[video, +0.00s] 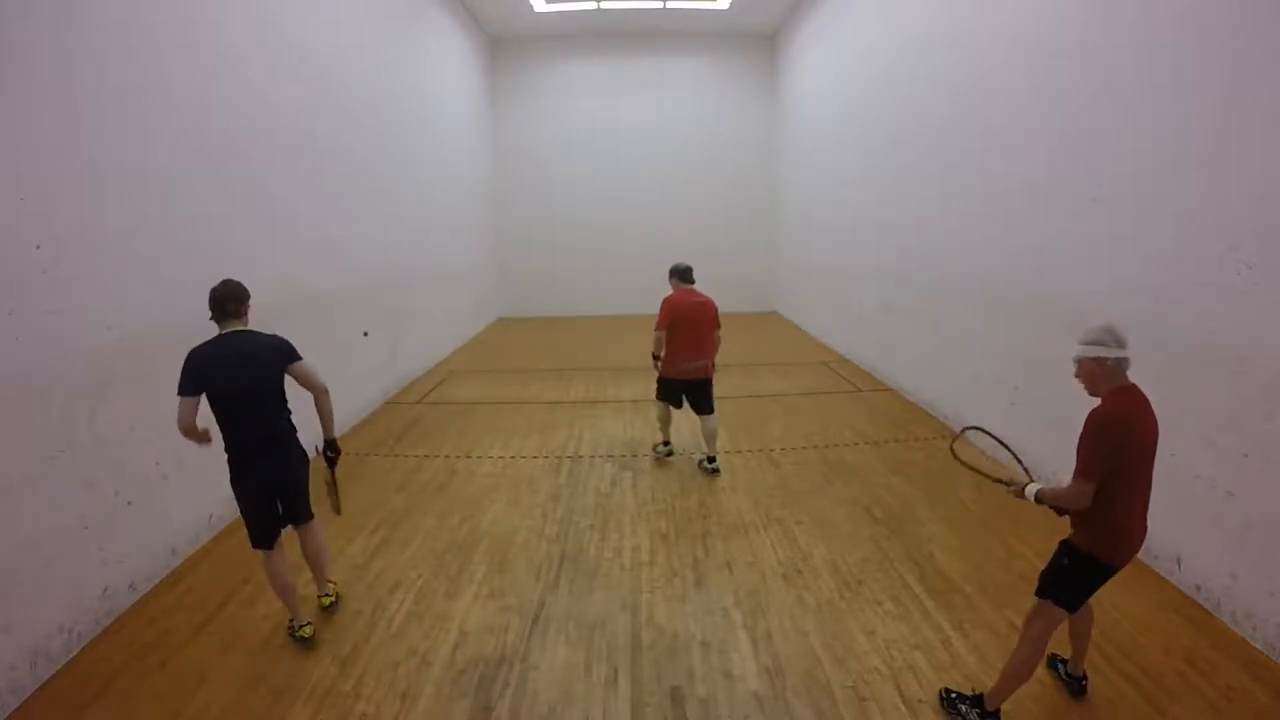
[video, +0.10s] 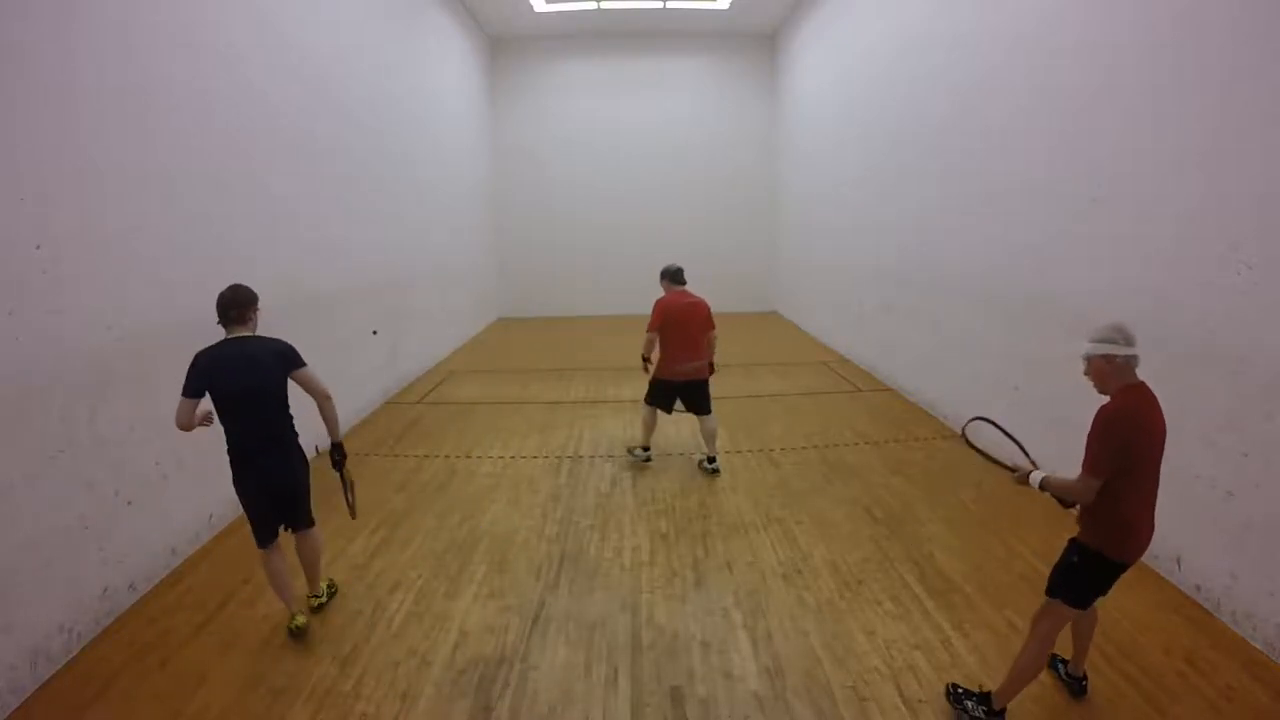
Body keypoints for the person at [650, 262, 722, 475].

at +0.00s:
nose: (670, 285)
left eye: (670, 281)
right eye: (670, 282)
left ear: (674, 280)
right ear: (692, 279)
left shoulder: (670, 302)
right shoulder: (708, 302)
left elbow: (659, 334)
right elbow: (716, 337)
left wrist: (656, 356)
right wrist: (711, 359)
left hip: (674, 370)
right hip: (702, 370)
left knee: (663, 402)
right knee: (707, 414)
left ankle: (665, 443)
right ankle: (712, 459)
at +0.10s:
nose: (662, 287)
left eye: (662, 284)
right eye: (662, 284)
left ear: (665, 282)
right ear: (683, 281)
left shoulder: (663, 304)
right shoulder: (701, 303)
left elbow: (652, 336)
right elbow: (711, 336)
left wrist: (646, 356)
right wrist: (710, 359)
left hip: (668, 372)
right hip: (698, 371)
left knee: (650, 405)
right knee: (705, 414)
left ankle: (645, 448)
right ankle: (712, 460)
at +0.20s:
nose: (650, 291)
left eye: (650, 287)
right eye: (650, 287)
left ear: (654, 285)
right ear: (671, 283)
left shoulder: (652, 306)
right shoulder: (689, 304)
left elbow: (641, 338)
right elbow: (702, 335)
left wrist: (634, 360)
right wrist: (703, 361)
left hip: (660, 375)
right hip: (690, 373)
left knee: (643, 410)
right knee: (699, 415)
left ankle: (632, 453)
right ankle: (711, 459)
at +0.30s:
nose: (638, 292)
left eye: (637, 289)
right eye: (637, 289)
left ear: (641, 286)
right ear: (657, 284)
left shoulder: (641, 307)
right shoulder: (676, 304)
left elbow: (630, 341)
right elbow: (690, 336)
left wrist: (623, 363)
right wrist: (691, 361)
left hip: (650, 376)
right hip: (679, 374)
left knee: (636, 414)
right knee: (692, 415)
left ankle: (628, 455)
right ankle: (709, 457)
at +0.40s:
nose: (625, 291)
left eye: (624, 287)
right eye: (624, 288)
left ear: (628, 285)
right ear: (644, 282)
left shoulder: (629, 305)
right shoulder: (663, 302)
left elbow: (620, 338)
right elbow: (676, 333)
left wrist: (614, 362)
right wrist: (678, 359)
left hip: (638, 373)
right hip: (667, 370)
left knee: (629, 413)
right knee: (677, 412)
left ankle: (628, 455)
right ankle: (701, 449)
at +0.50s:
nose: (616, 289)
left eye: (615, 285)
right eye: (615, 286)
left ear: (619, 283)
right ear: (635, 280)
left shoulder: (619, 302)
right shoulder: (653, 299)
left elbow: (608, 335)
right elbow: (666, 329)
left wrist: (603, 360)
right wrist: (667, 356)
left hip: (630, 369)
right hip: (656, 366)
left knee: (626, 412)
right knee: (659, 405)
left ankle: (627, 455)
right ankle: (680, 439)